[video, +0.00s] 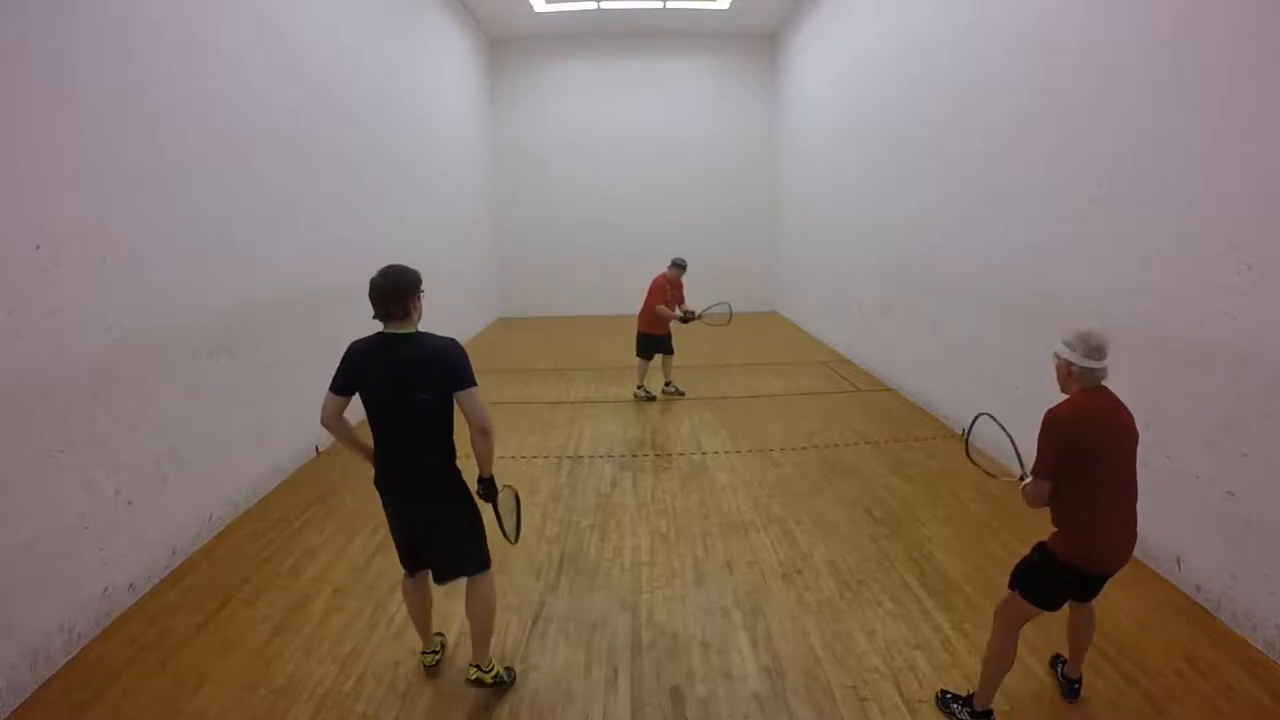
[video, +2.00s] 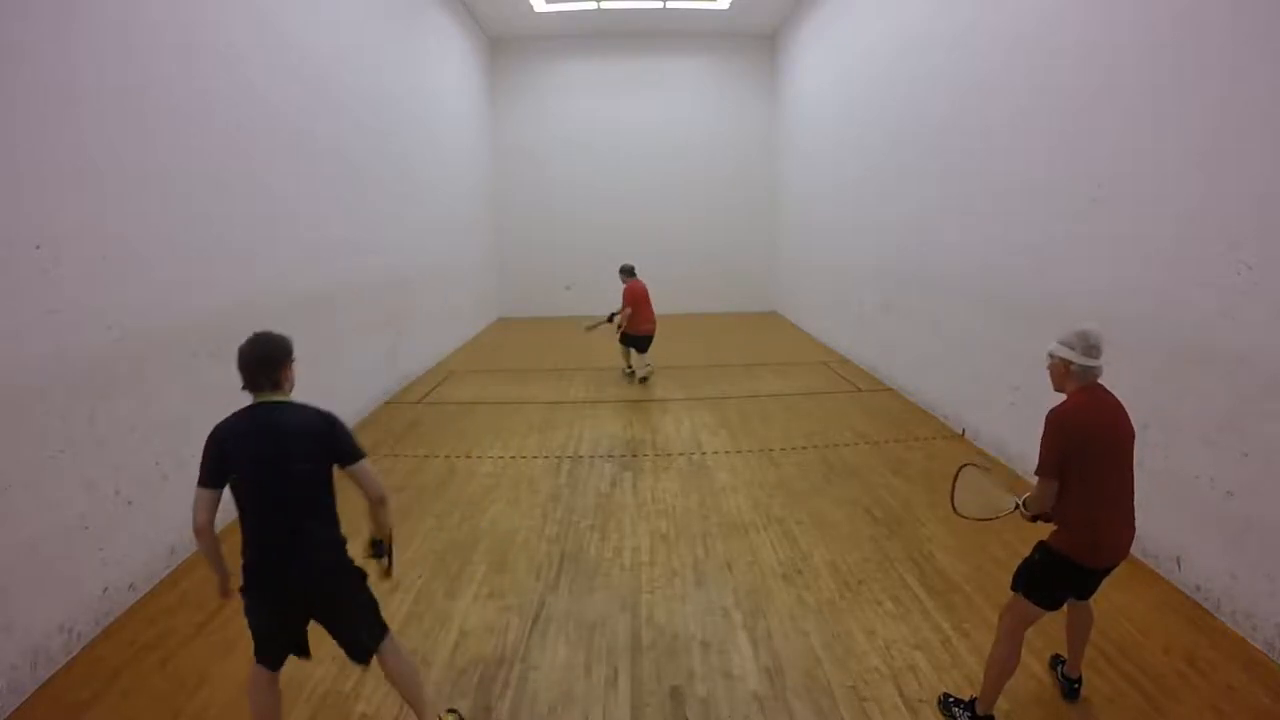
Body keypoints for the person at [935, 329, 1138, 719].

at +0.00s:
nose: (1055, 367)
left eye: (1058, 362)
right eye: (1057, 360)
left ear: (1069, 369)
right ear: (1099, 370)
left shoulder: (1061, 417)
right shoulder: (1120, 413)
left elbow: (1036, 497)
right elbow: (1101, 477)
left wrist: (1027, 486)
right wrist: (1050, 481)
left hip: (1076, 547)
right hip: (1118, 546)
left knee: (1009, 616)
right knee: (1082, 600)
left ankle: (979, 705)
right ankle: (1073, 676)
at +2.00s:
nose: (1048, 367)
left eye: (1053, 360)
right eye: (1050, 359)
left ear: (1068, 367)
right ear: (1089, 368)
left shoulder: (1062, 416)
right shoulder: (1113, 408)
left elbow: (1044, 497)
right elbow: (1101, 479)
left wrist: (1028, 507)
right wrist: (1052, 506)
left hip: (1077, 543)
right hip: (1116, 541)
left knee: (1014, 619)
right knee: (1080, 597)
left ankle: (981, 708)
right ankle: (1073, 675)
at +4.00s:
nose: (1086, 371)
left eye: (1090, 362)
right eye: (1086, 362)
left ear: (1114, 362)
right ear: (1123, 363)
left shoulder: (1115, 414)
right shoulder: (1145, 403)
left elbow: (1086, 489)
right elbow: (1128, 477)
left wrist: (1038, 478)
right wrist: (1081, 498)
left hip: (1103, 538)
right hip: (1130, 535)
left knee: (1048, 621)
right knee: (1084, 600)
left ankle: (995, 704)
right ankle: (1076, 672)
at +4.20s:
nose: (1098, 367)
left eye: (1103, 358)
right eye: (1098, 358)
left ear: (1126, 359)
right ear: (1134, 361)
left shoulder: (1125, 410)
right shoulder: (1158, 402)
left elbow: (1093, 485)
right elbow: (1139, 475)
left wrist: (1048, 467)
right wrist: (1091, 493)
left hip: (1115, 536)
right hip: (1143, 536)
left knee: (1052, 612)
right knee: (1093, 601)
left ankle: (1043, 706)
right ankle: (1077, 673)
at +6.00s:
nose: (1061, 376)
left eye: (1062, 369)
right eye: (1062, 368)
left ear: (1069, 374)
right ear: (1105, 375)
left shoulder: (1064, 425)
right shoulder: (1128, 420)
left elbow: (1046, 508)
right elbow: (1152, 500)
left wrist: (1058, 526)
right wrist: (1102, 511)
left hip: (1081, 562)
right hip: (1128, 559)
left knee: (1020, 639)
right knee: (1089, 619)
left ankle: (998, 714)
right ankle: (1085, 695)